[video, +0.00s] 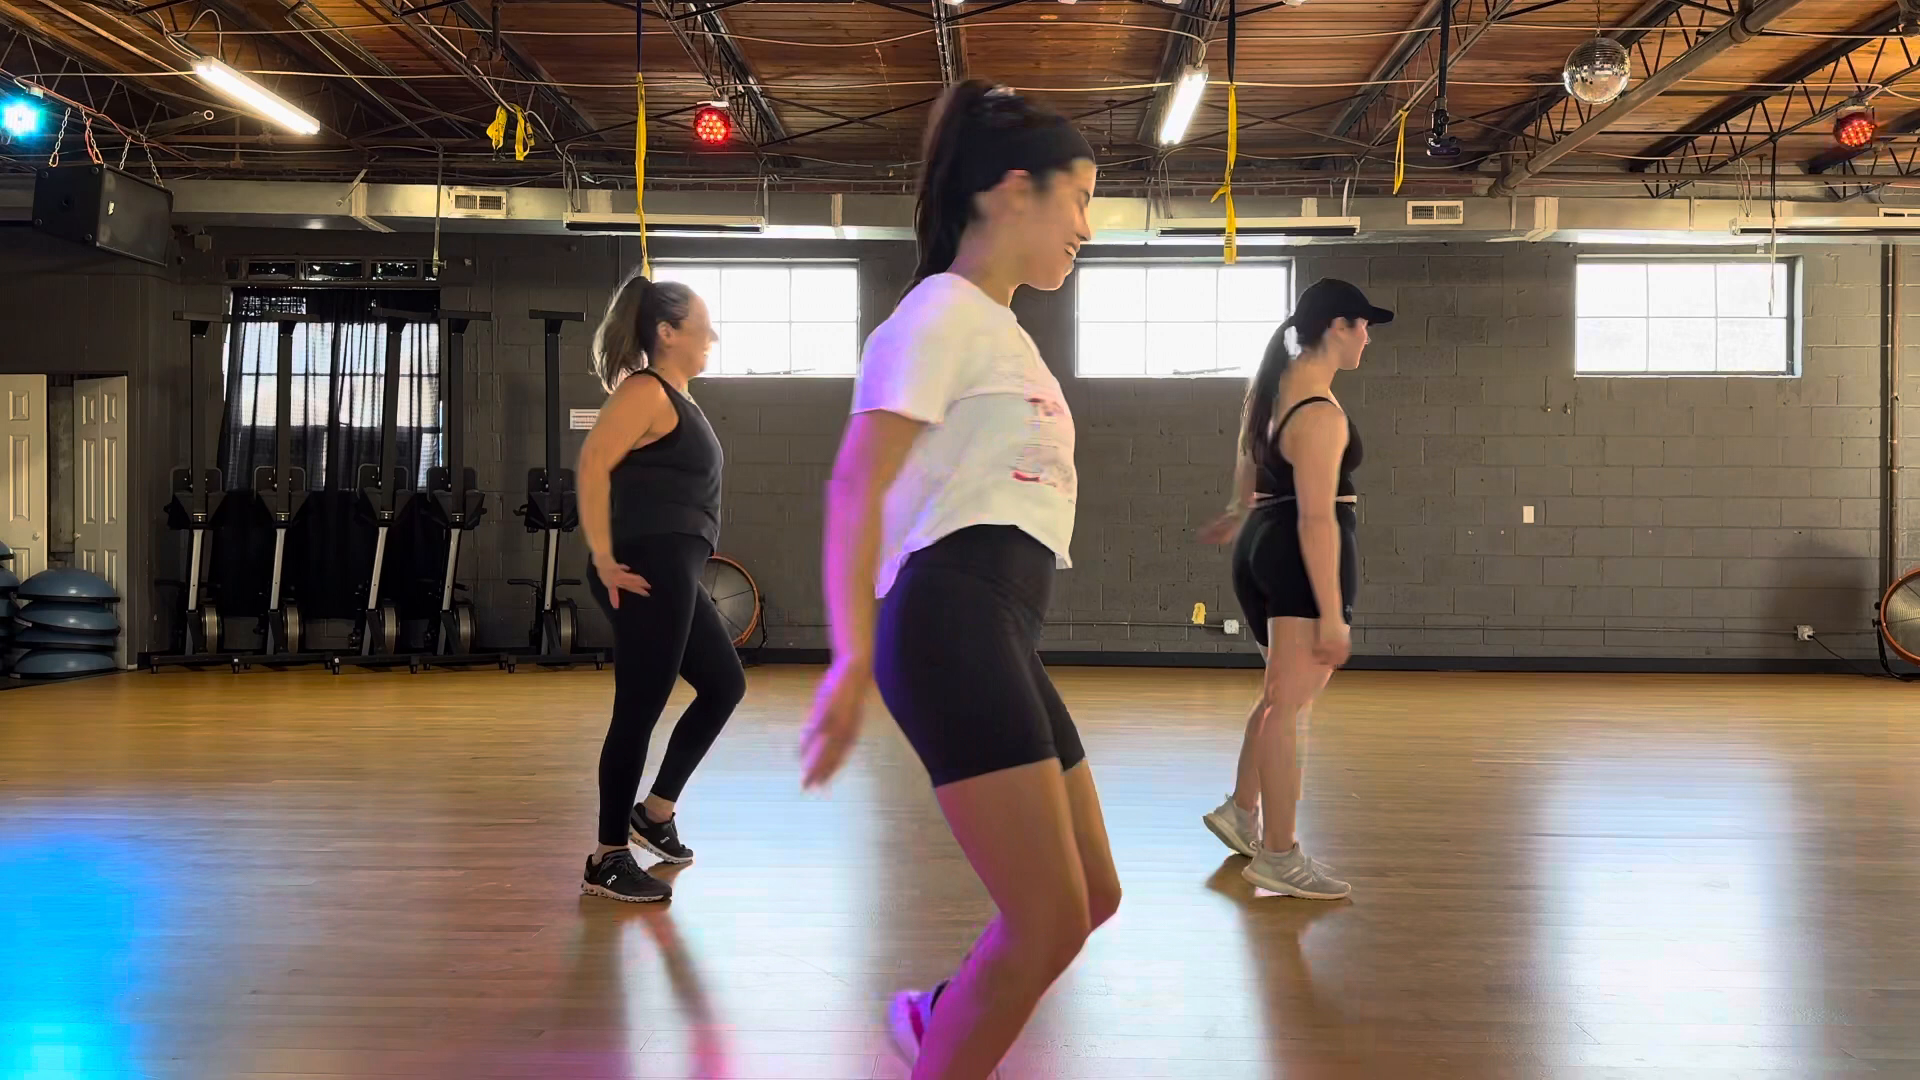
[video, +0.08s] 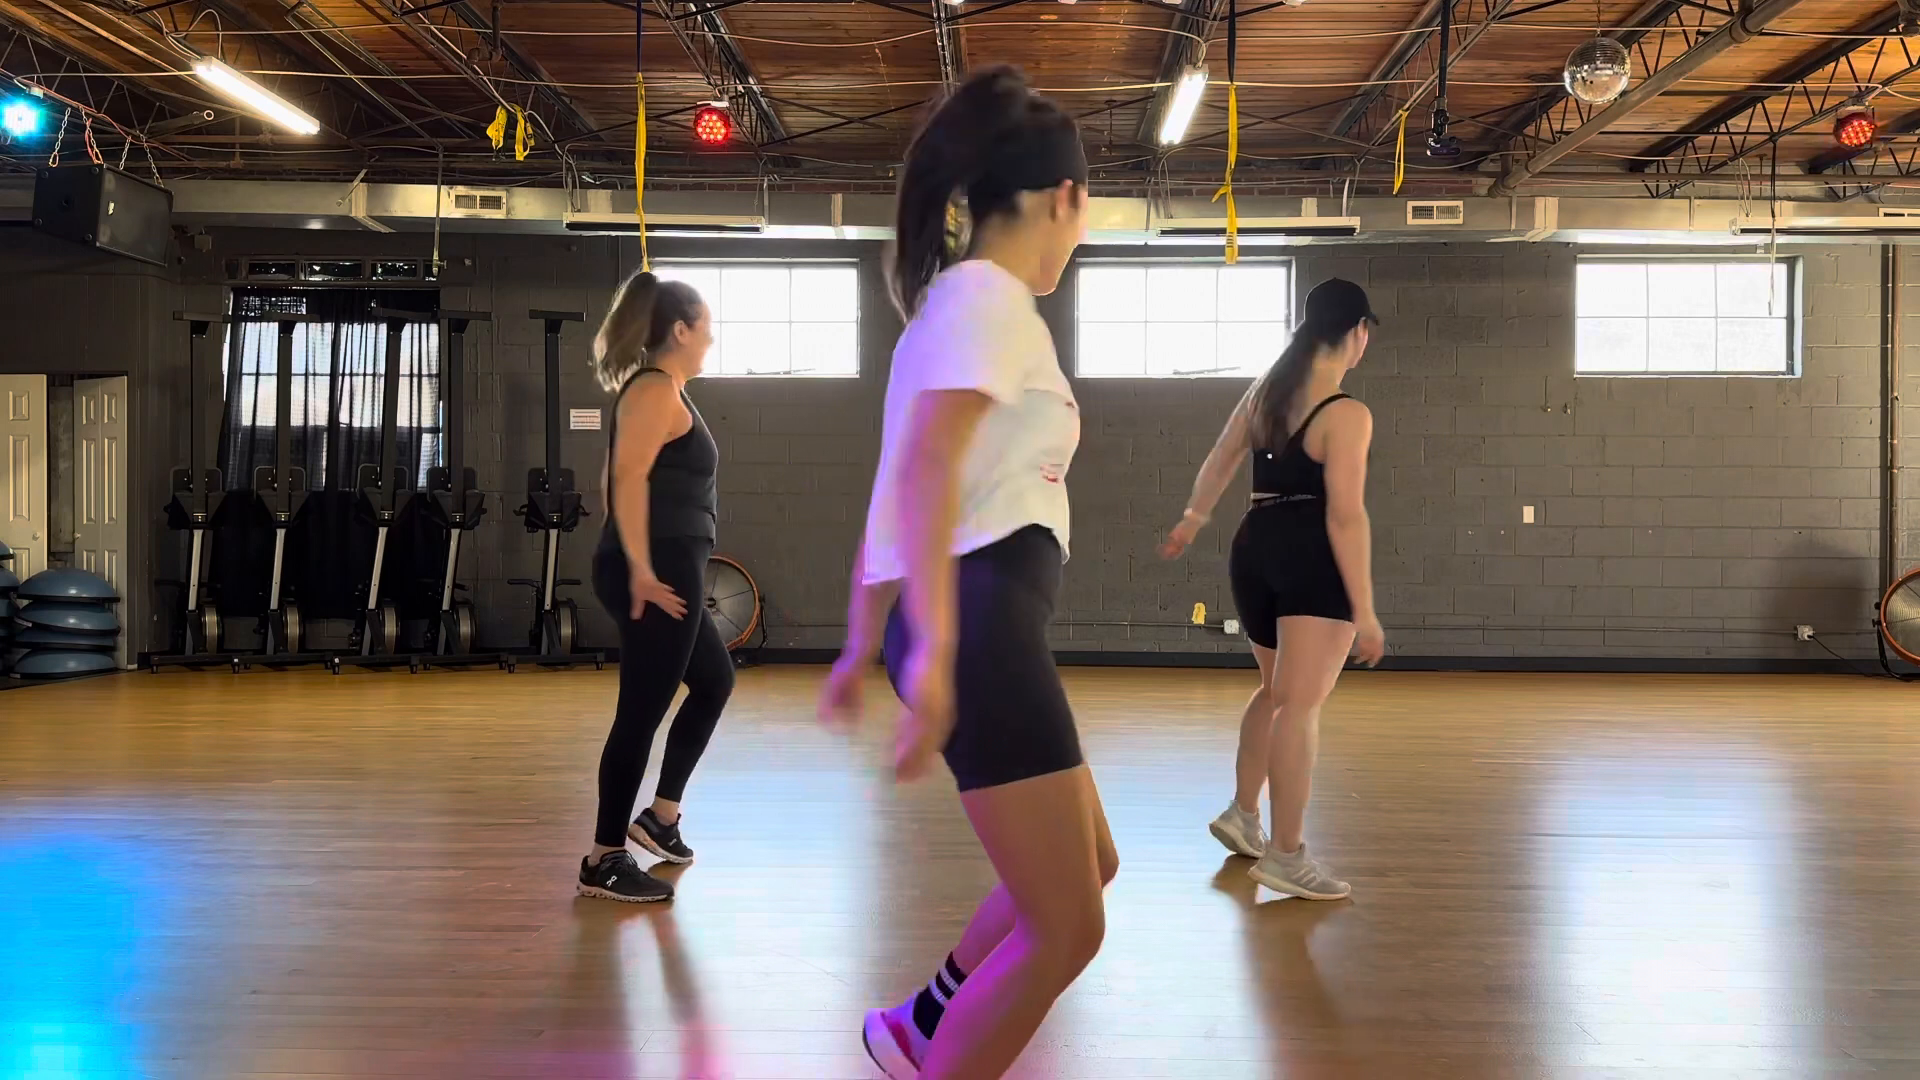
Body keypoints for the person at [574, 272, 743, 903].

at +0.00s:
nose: (713, 337)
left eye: (711, 326)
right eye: (704, 327)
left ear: (671, 334)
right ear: (668, 332)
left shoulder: (671, 395)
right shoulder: (646, 389)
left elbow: (651, 488)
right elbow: (592, 463)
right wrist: (603, 559)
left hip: (675, 570)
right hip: (650, 570)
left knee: (724, 686)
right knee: (637, 710)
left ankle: (657, 808)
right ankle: (609, 854)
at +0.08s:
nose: (711, 338)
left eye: (710, 327)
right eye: (706, 327)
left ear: (670, 331)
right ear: (678, 330)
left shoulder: (654, 389)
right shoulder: (656, 389)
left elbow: (620, 481)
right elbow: (628, 477)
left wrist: (673, 564)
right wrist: (641, 566)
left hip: (660, 564)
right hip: (658, 567)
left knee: (714, 681)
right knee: (639, 714)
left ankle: (663, 811)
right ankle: (605, 855)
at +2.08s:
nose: (691, 359)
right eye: (692, 350)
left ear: (643, 351)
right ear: (692, 355)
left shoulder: (603, 406)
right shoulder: (707, 417)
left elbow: (563, 477)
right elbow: (710, 497)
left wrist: (537, 543)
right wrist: (710, 573)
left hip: (607, 567)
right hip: (673, 566)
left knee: (657, 630)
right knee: (657, 684)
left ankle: (630, 699)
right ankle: (624, 804)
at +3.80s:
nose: (697, 385)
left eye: (709, 378)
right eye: (695, 377)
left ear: (737, 387)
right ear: (694, 386)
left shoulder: (745, 433)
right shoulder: (719, 432)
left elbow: (788, 488)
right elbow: (729, 493)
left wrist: (759, 551)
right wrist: (712, 544)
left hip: (743, 563)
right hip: (730, 560)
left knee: (701, 654)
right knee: (753, 653)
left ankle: (736, 757)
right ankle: (782, 738)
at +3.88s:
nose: (701, 382)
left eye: (713, 375)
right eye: (698, 374)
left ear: (738, 384)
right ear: (693, 383)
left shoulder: (755, 431)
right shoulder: (706, 428)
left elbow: (794, 489)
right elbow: (712, 494)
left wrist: (780, 553)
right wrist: (701, 549)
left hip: (746, 560)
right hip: (712, 559)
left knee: (713, 651)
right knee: (746, 651)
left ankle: (732, 758)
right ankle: (782, 733)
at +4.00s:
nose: (706, 377)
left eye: (717, 370)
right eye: (701, 370)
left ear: (738, 380)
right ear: (693, 379)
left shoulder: (762, 430)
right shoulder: (687, 426)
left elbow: (792, 492)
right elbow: (691, 494)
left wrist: (788, 552)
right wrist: (684, 549)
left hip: (748, 556)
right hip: (699, 555)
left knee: (726, 651)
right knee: (727, 648)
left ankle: (719, 756)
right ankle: (773, 724)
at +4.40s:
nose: (695, 373)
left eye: (704, 365)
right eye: (686, 366)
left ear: (721, 372)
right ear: (677, 376)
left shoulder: (753, 422)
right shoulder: (659, 429)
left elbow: (771, 488)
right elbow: (646, 494)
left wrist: (768, 549)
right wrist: (651, 551)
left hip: (736, 558)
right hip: (676, 557)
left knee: (727, 661)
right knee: (663, 657)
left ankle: (714, 758)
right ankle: (659, 753)